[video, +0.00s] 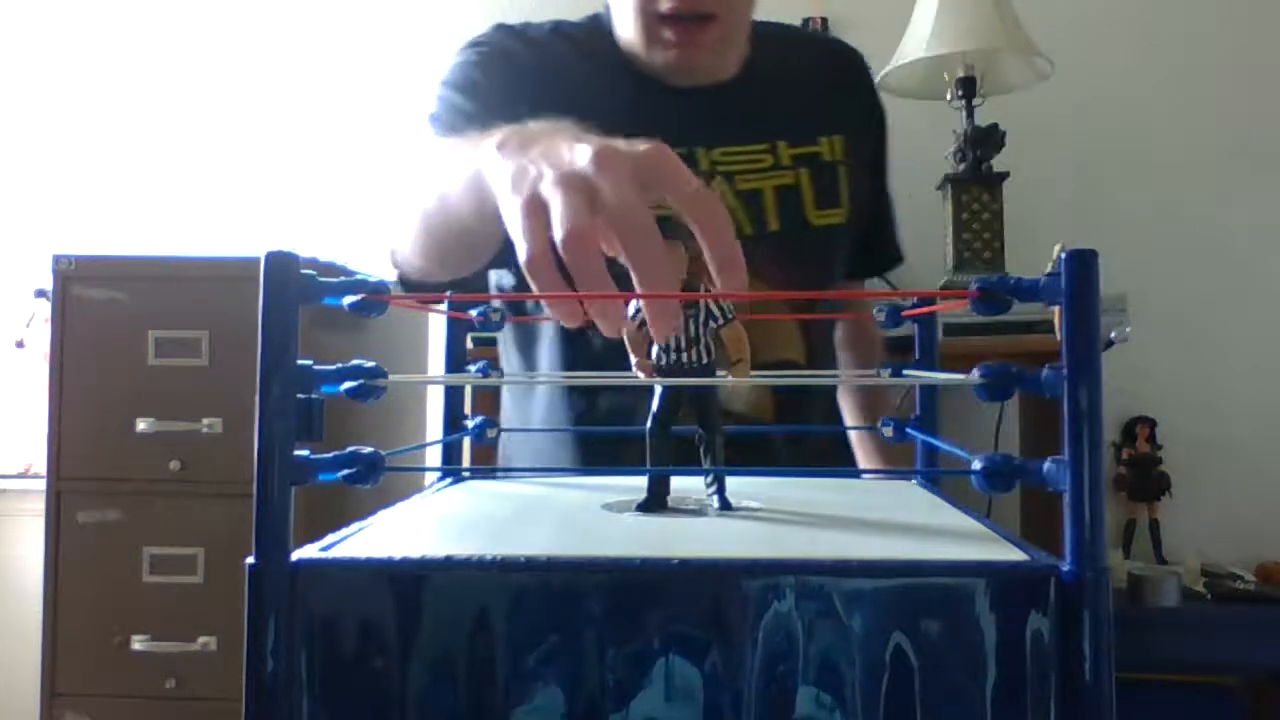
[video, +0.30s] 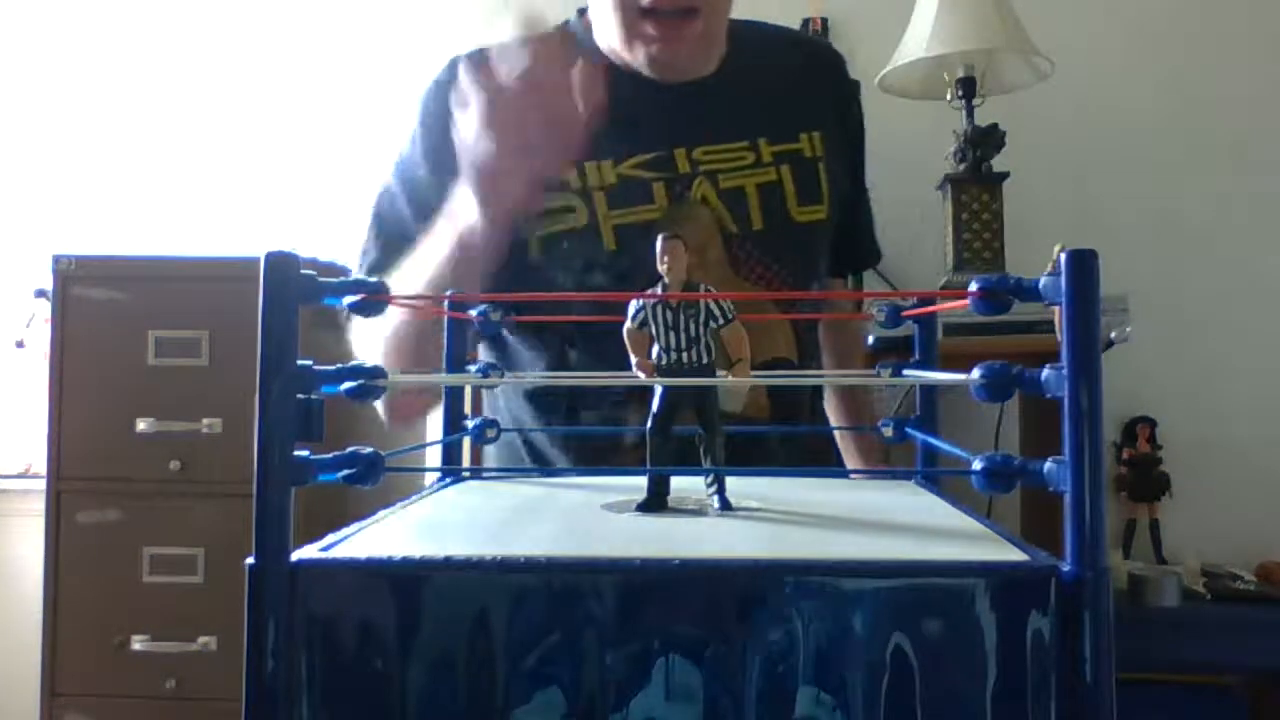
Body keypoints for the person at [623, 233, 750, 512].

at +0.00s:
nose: (672, 266)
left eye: (677, 258)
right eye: (665, 259)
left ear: (689, 260)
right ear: (653, 264)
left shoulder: (705, 297)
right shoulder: (647, 300)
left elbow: (731, 330)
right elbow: (632, 330)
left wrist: (741, 361)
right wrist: (639, 359)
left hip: (702, 369)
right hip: (666, 371)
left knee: (710, 429)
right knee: (656, 428)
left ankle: (717, 491)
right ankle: (656, 492)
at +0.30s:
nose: (666, 261)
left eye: (672, 256)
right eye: (662, 257)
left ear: (686, 258)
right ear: (657, 262)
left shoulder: (706, 297)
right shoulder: (646, 302)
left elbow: (733, 330)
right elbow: (633, 334)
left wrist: (742, 362)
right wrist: (638, 360)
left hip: (702, 371)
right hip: (666, 373)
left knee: (711, 430)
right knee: (656, 429)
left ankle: (718, 492)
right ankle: (656, 493)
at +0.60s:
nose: (666, 261)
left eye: (672, 255)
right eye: (661, 256)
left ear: (687, 260)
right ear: (656, 262)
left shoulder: (706, 296)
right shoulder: (646, 303)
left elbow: (732, 329)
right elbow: (634, 336)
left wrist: (741, 362)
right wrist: (638, 360)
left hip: (702, 373)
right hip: (667, 375)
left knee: (711, 432)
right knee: (655, 430)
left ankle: (718, 492)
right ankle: (657, 494)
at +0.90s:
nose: (666, 260)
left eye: (672, 255)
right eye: (662, 256)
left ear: (685, 258)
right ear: (657, 262)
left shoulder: (706, 296)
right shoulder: (646, 302)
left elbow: (731, 329)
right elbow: (632, 332)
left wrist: (741, 361)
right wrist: (637, 358)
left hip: (702, 373)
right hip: (667, 375)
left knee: (711, 432)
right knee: (656, 430)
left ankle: (718, 493)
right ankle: (657, 495)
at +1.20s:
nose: (667, 261)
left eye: (672, 256)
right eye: (662, 257)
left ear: (685, 259)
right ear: (656, 262)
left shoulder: (706, 296)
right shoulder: (646, 302)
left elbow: (733, 329)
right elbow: (632, 332)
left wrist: (742, 361)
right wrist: (638, 359)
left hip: (702, 374)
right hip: (667, 376)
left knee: (711, 431)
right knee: (656, 428)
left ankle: (718, 493)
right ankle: (657, 495)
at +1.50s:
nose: (667, 262)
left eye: (673, 256)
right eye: (662, 258)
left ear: (686, 259)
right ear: (657, 263)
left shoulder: (705, 296)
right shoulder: (646, 301)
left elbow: (732, 329)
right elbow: (632, 331)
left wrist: (741, 362)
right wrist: (639, 359)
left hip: (702, 372)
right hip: (667, 375)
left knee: (711, 431)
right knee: (657, 429)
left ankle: (718, 493)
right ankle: (657, 495)